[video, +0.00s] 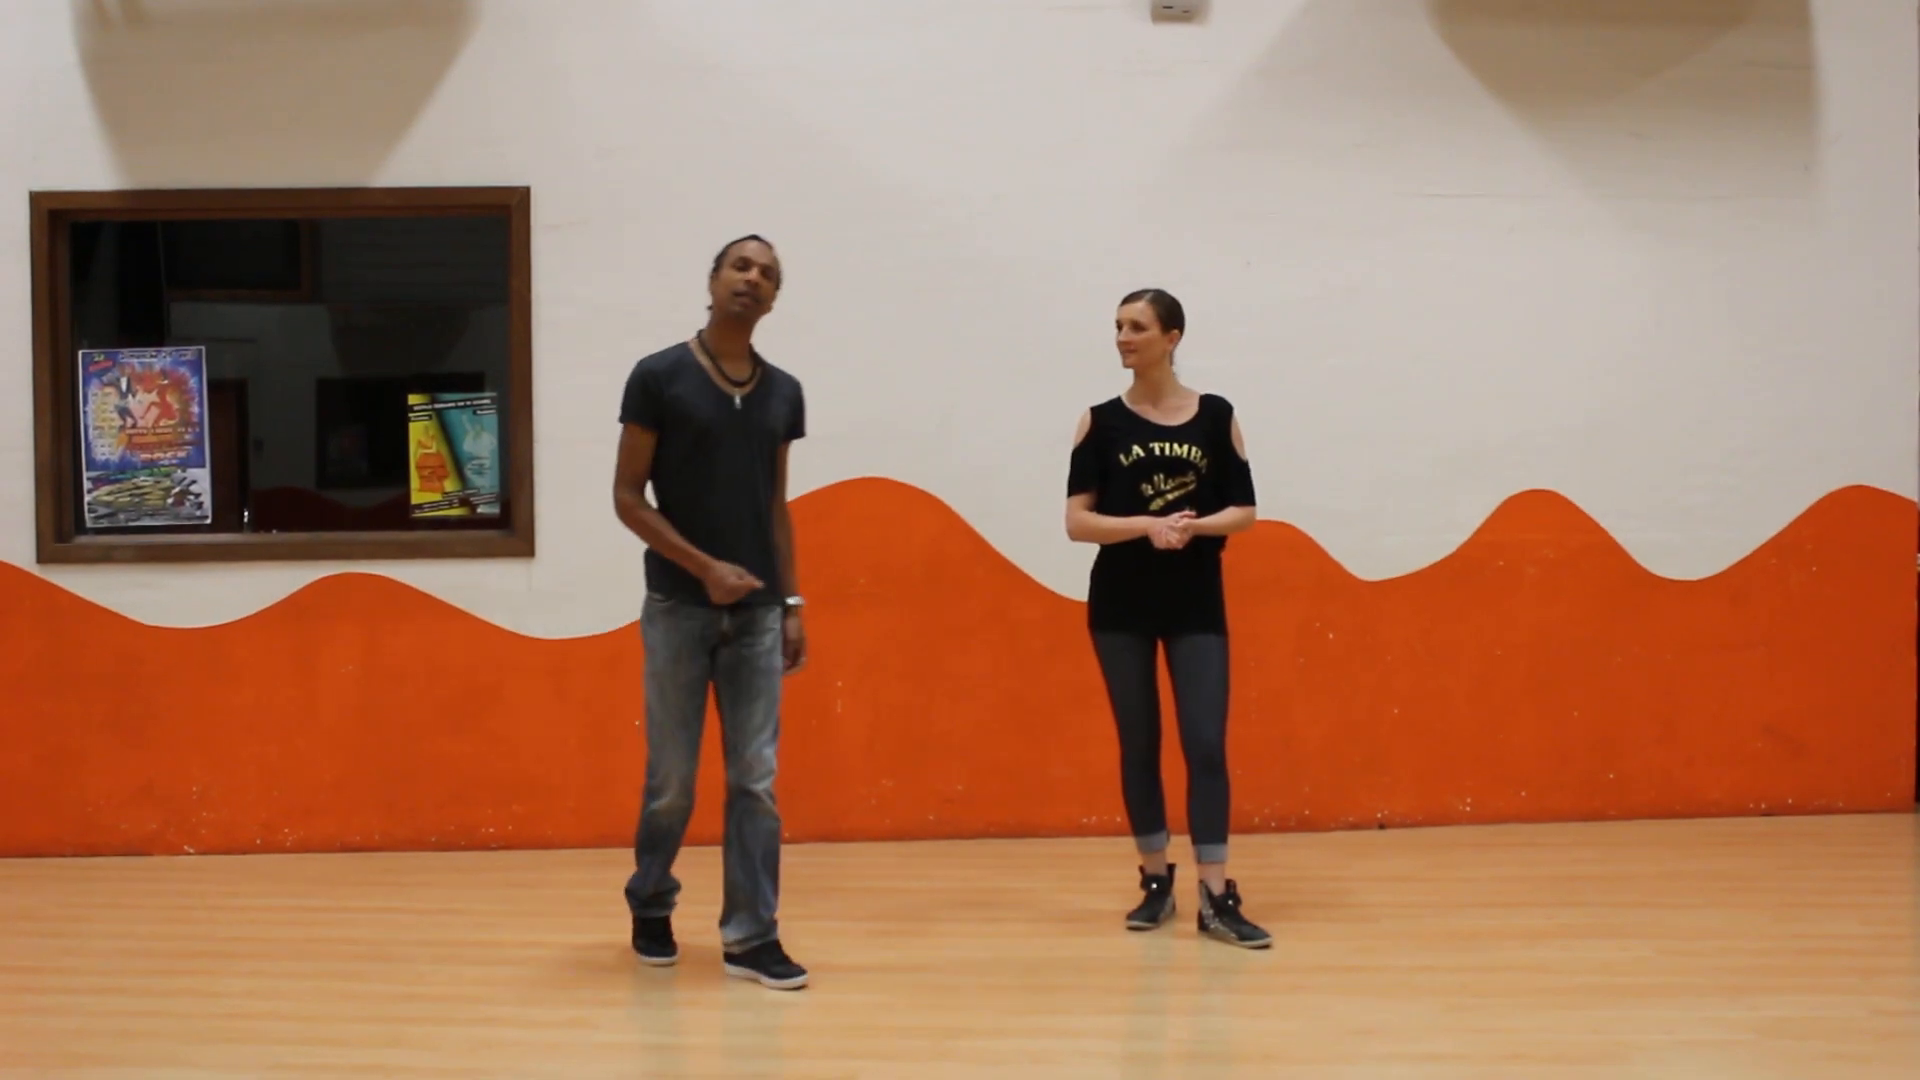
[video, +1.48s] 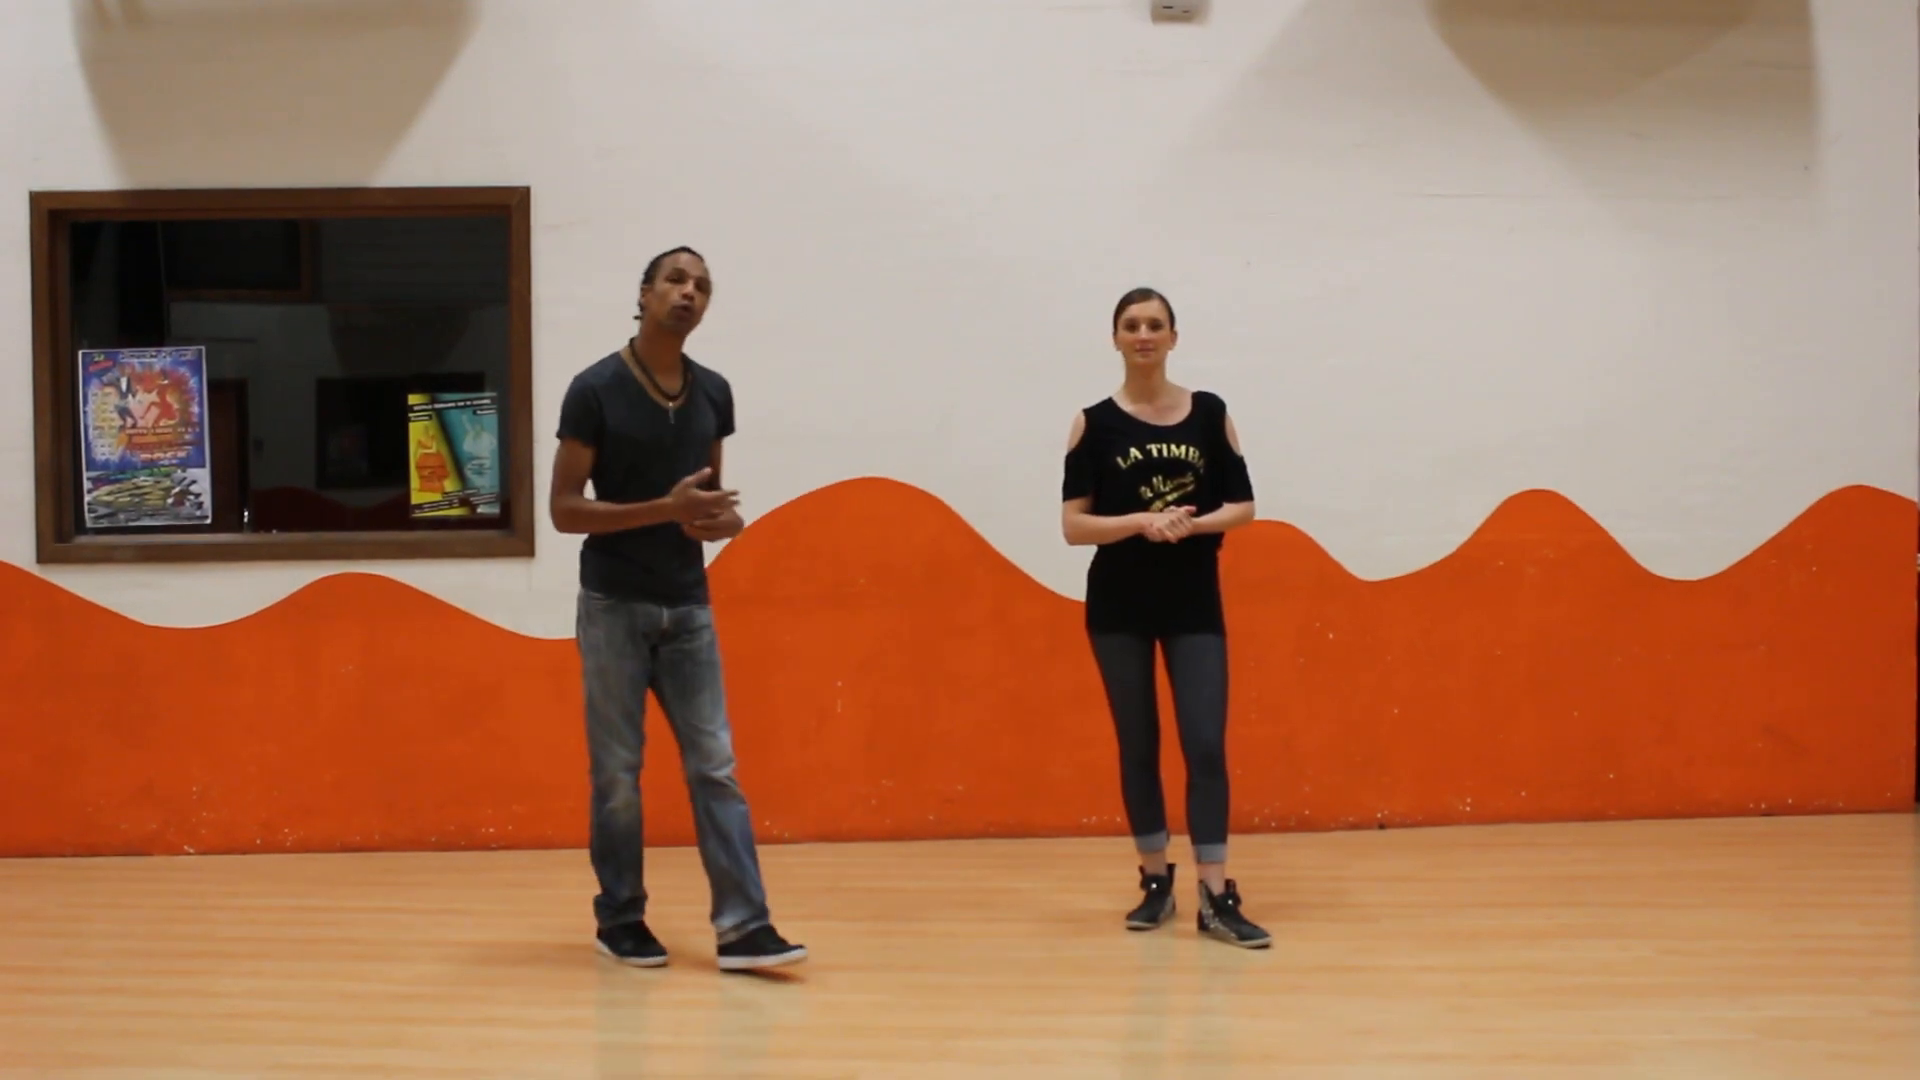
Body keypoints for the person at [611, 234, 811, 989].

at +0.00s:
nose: (753, 279)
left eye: (767, 274)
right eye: (741, 265)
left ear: (774, 300)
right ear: (712, 280)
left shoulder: (781, 391)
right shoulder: (658, 377)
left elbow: (777, 506)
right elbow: (627, 500)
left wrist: (792, 604)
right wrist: (706, 567)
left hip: (756, 605)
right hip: (678, 604)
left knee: (755, 777)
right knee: (673, 778)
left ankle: (751, 937)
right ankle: (651, 905)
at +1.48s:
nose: (687, 292)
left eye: (700, 286)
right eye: (674, 278)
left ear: (706, 309)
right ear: (642, 295)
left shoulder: (713, 394)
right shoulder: (595, 391)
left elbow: (710, 500)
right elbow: (563, 510)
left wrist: (717, 514)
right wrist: (668, 510)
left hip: (686, 603)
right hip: (612, 604)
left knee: (715, 765)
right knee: (617, 770)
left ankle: (743, 929)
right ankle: (621, 921)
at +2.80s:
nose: (733, 315)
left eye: (740, 306)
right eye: (721, 300)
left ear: (737, 320)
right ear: (682, 303)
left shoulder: (715, 396)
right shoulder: (642, 386)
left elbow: (688, 497)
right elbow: (613, 497)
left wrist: (729, 497)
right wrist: (709, 484)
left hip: (689, 586)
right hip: (639, 583)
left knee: (670, 739)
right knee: (664, 737)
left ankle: (645, 887)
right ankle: (636, 897)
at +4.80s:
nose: (716, 299)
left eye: (725, 289)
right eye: (703, 288)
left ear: (733, 304)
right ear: (672, 301)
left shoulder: (746, 385)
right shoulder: (643, 390)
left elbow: (763, 475)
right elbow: (624, 505)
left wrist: (765, 483)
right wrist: (716, 482)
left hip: (735, 592)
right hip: (675, 592)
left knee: (723, 752)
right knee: (688, 751)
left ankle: (680, 877)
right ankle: (689, 903)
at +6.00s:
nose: (738, 310)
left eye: (745, 301)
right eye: (725, 298)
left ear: (750, 315)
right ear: (690, 306)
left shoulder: (754, 399)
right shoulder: (650, 387)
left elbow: (763, 499)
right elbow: (611, 491)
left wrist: (756, 487)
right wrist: (700, 472)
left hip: (725, 589)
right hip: (666, 586)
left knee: (709, 742)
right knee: (682, 739)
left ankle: (683, 882)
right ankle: (673, 894)